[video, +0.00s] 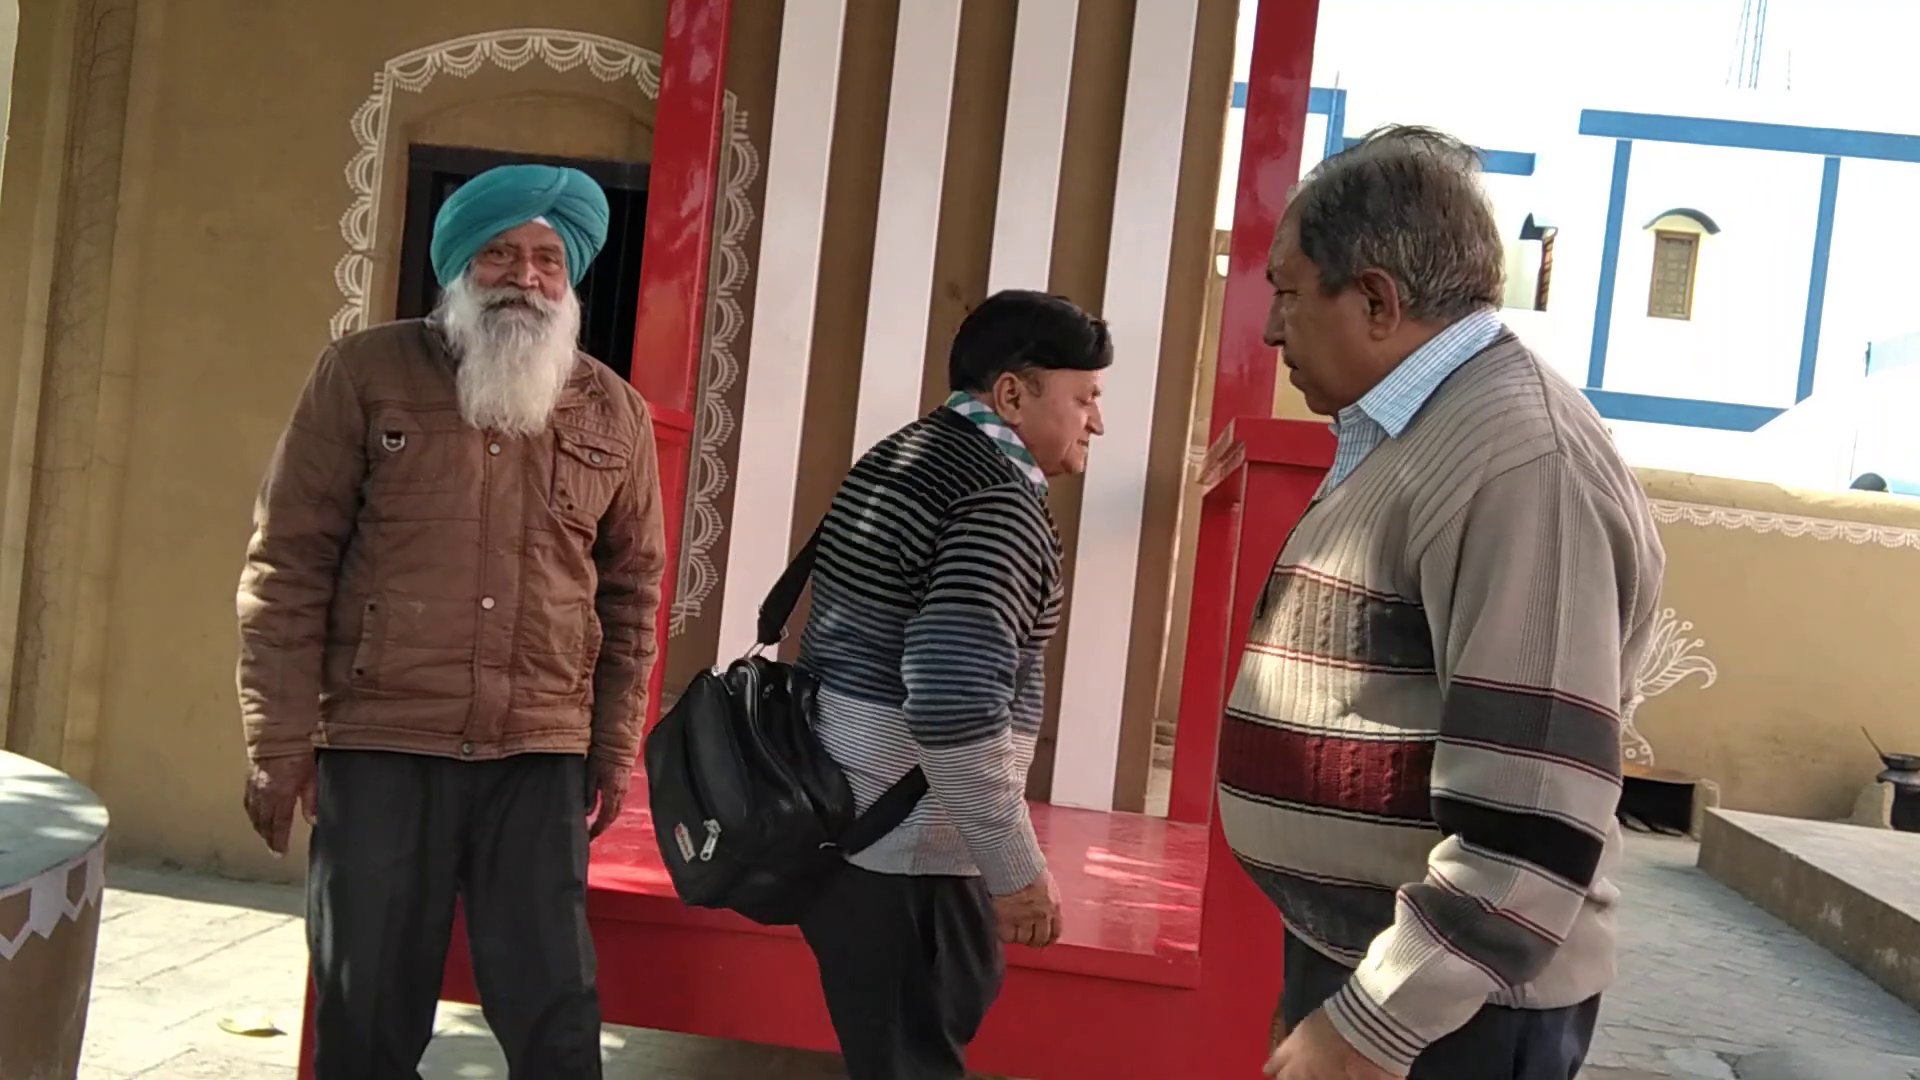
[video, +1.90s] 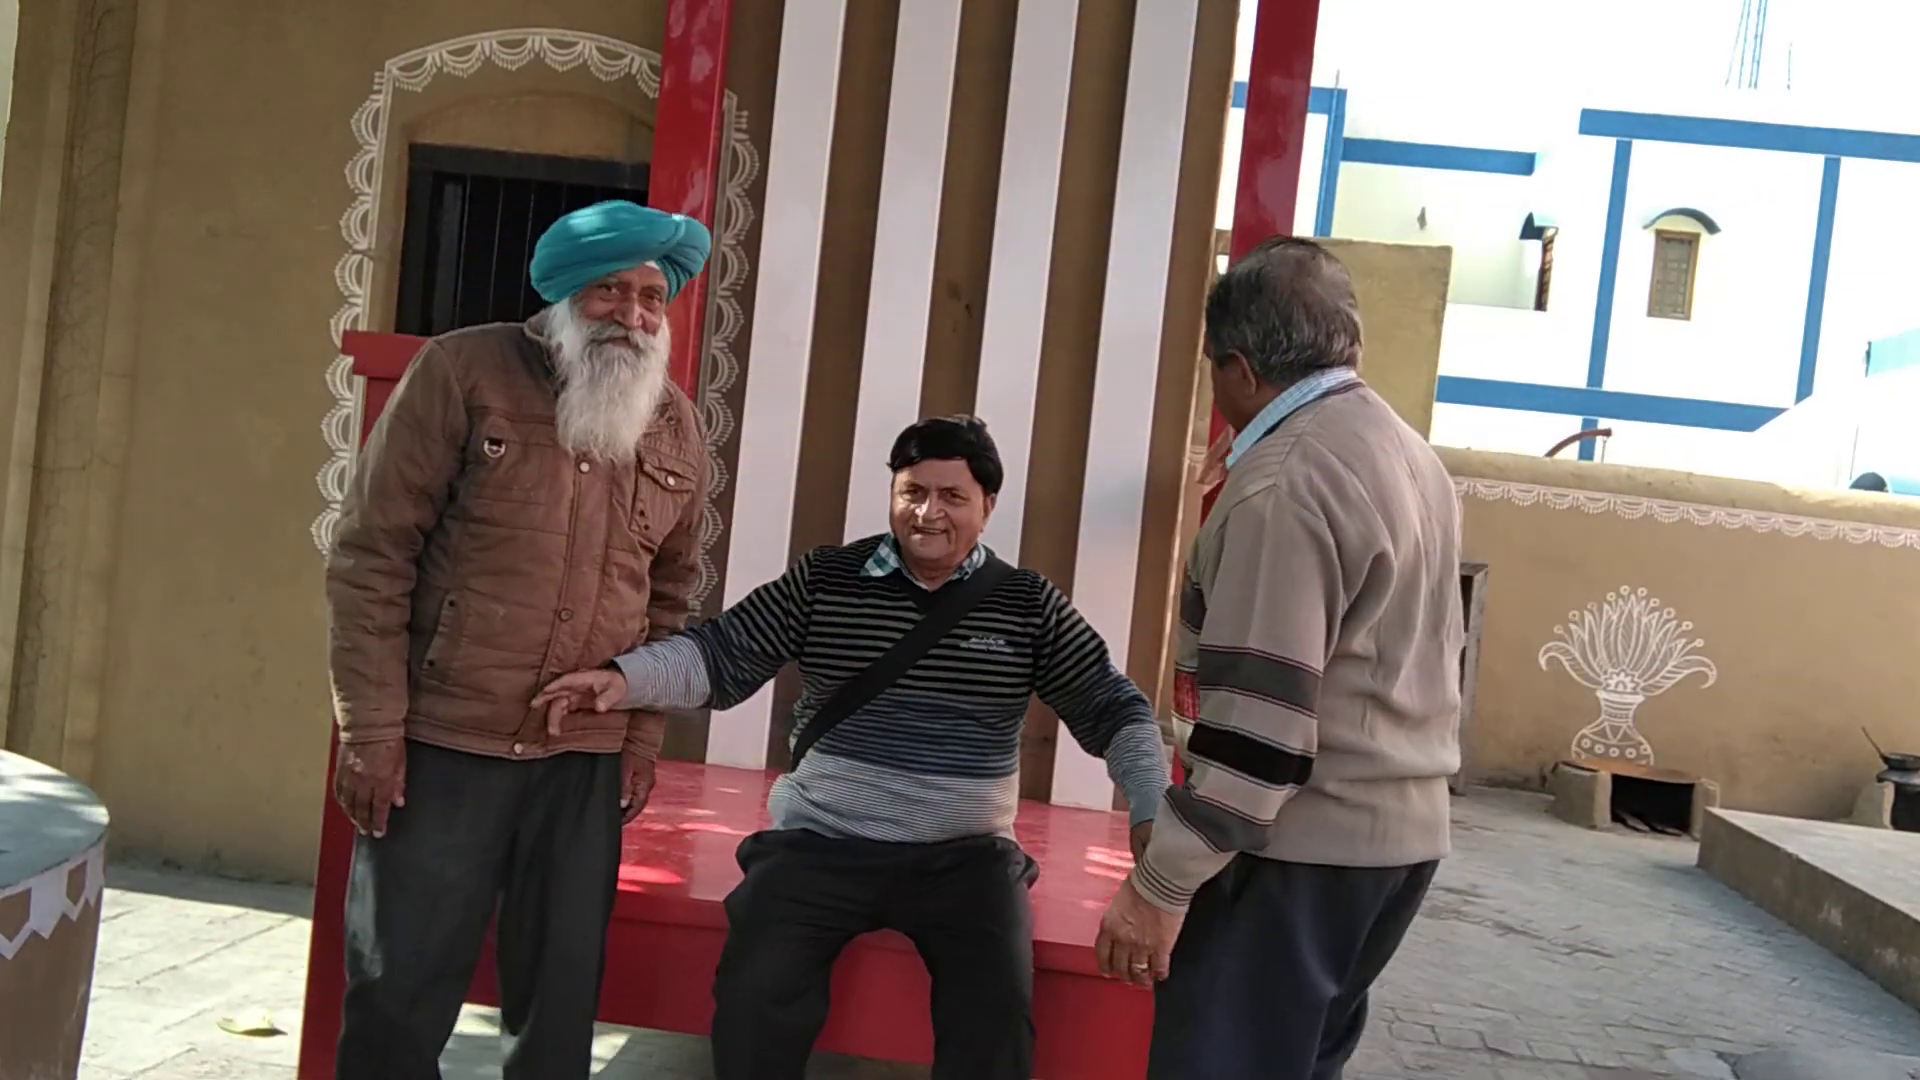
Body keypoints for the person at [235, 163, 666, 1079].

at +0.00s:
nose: (528, 273)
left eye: (550, 257)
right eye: (503, 252)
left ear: (573, 279)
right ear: (458, 266)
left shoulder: (615, 411)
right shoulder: (364, 373)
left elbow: (633, 595)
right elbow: (291, 561)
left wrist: (615, 741)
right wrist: (282, 736)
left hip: (539, 775)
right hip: (381, 766)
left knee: (557, 1034)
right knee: (367, 1037)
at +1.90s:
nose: (633, 313)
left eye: (652, 297)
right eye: (612, 290)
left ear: (669, 311)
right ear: (564, 294)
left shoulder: (680, 429)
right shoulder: (462, 369)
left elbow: (673, 594)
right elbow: (371, 550)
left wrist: (647, 725)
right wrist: (371, 727)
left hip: (583, 770)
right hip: (443, 757)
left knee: (557, 1030)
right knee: (398, 1017)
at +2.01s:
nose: (646, 312)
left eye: (666, 297)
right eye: (626, 288)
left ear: (684, 312)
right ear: (582, 293)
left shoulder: (696, 429)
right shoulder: (481, 369)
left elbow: (686, 595)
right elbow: (386, 544)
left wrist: (653, 726)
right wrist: (382, 719)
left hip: (591, 767)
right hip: (452, 753)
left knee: (559, 1028)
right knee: (400, 1016)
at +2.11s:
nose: (659, 312)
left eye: (680, 298)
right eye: (640, 289)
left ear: (702, 316)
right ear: (598, 295)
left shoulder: (710, 436)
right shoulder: (499, 368)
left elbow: (694, 601)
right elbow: (398, 539)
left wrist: (656, 732)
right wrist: (388, 710)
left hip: (595, 767)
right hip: (458, 750)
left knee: (559, 1027)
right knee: (402, 1012)